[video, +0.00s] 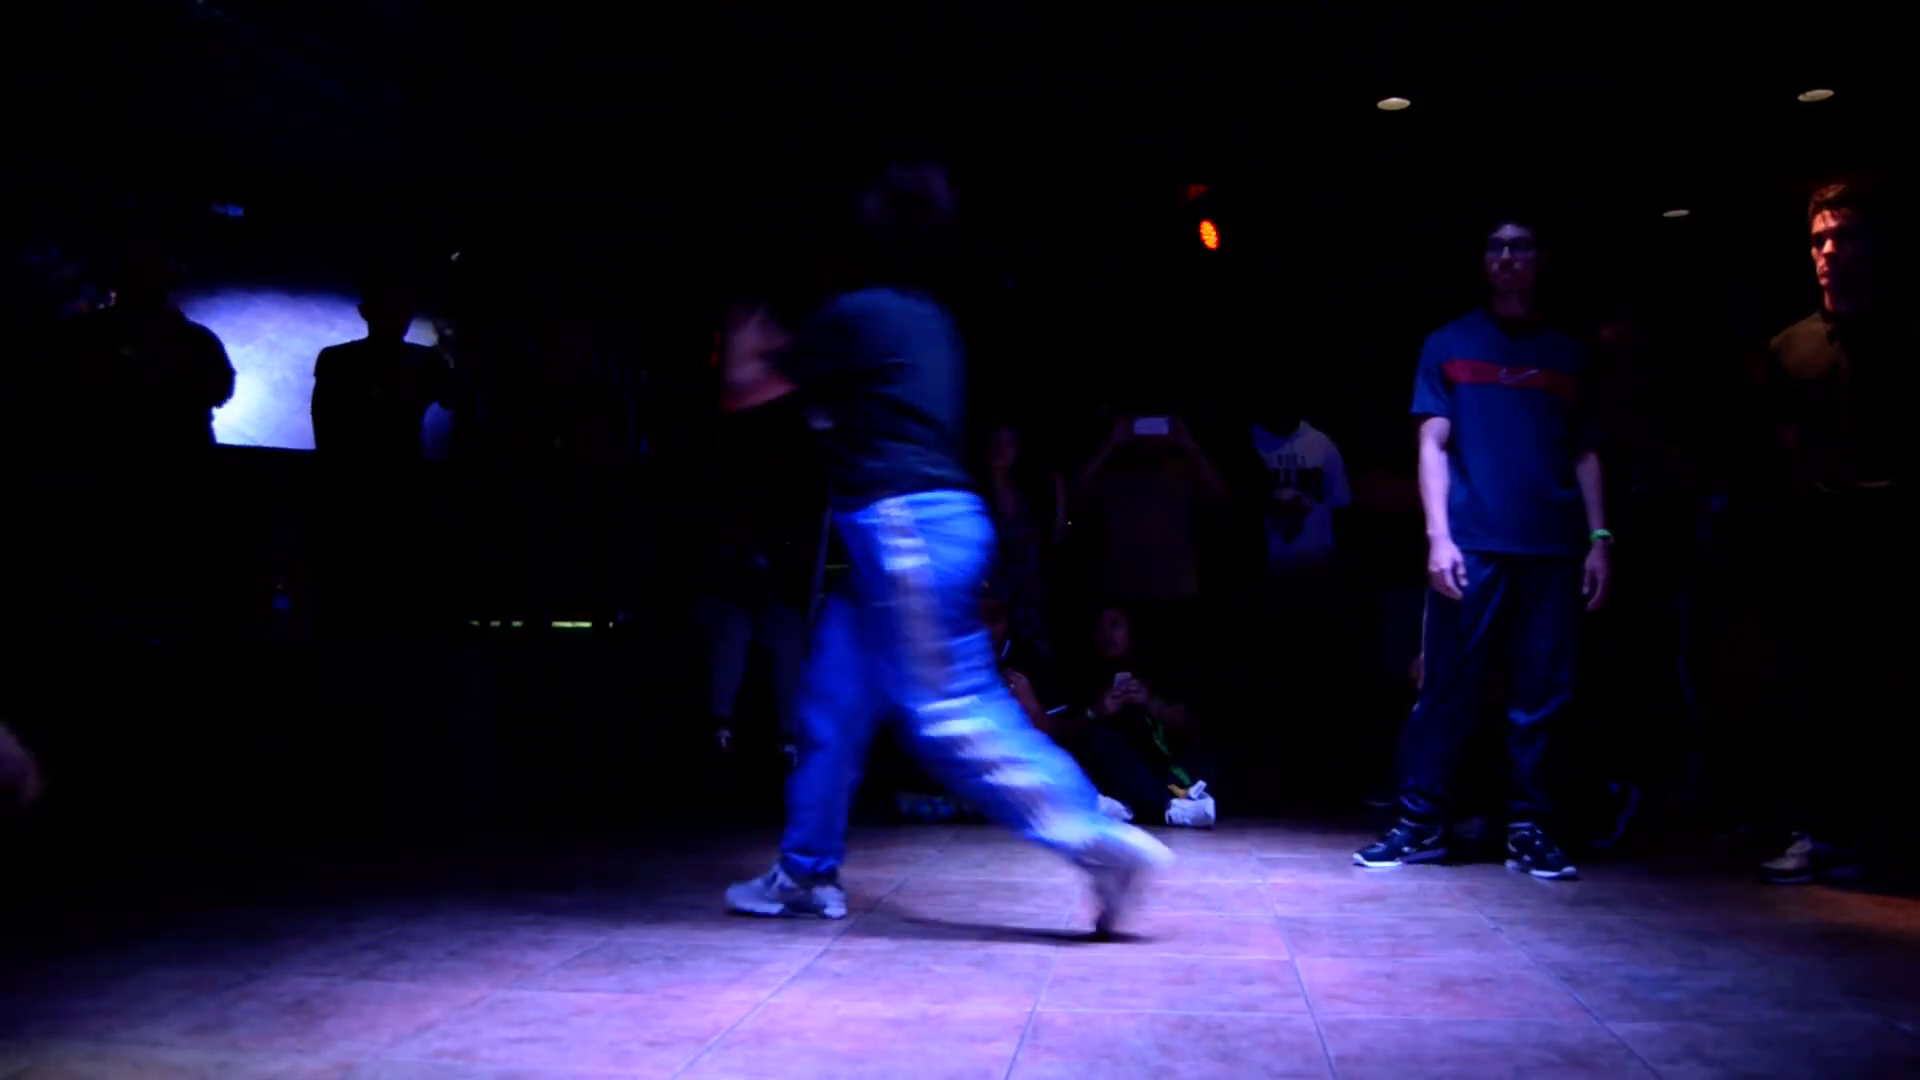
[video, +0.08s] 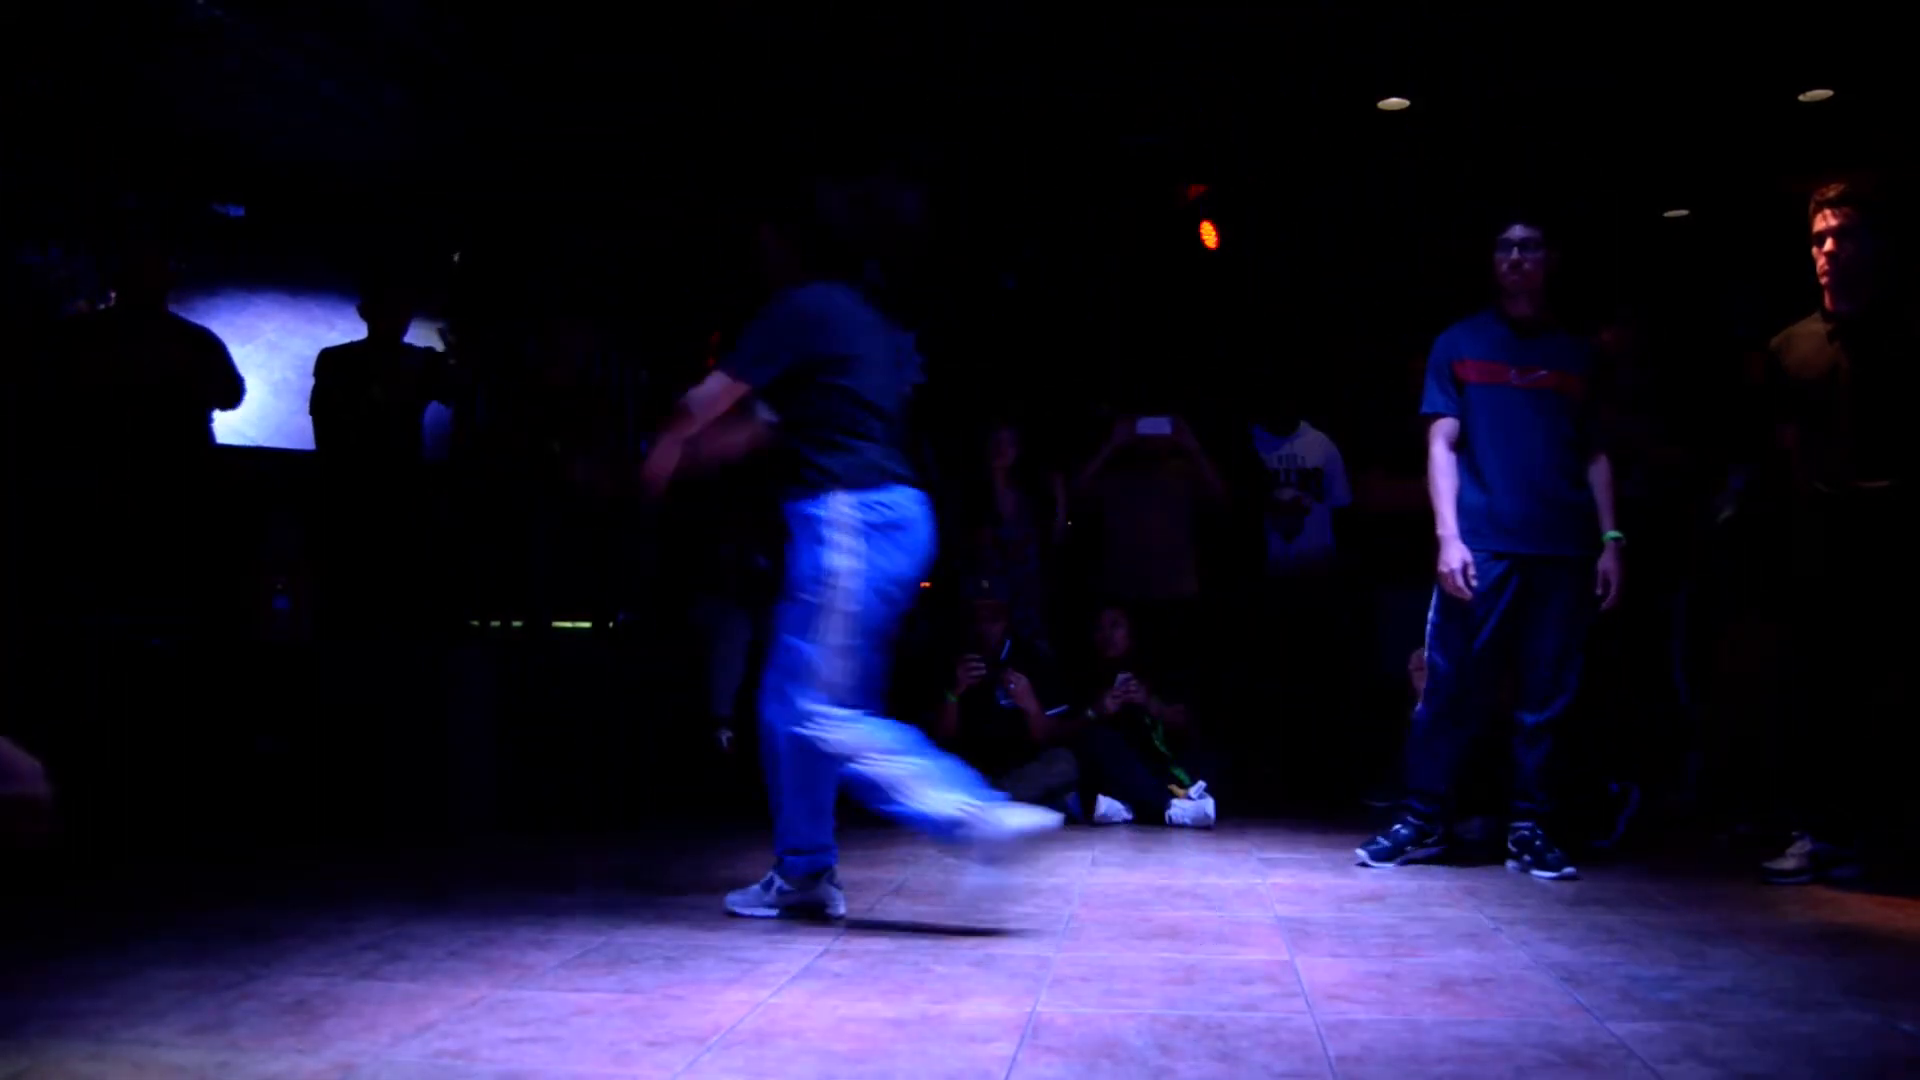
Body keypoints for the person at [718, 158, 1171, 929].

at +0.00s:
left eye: (861, 220)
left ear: (864, 231)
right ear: (929, 235)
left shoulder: (863, 317)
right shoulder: (928, 320)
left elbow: (748, 386)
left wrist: (746, 336)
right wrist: (768, 350)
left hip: (905, 525)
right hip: (938, 516)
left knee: (947, 698)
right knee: (837, 698)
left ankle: (1102, 842)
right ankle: (805, 873)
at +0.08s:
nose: (765, 254)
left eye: (771, 245)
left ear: (790, 247)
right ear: (856, 252)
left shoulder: (801, 311)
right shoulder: (866, 326)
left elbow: (706, 402)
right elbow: (763, 421)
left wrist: (669, 445)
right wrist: (684, 450)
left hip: (848, 518)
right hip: (891, 517)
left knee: (817, 704)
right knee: (793, 700)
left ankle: (984, 815)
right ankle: (804, 873)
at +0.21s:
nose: (690, 246)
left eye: (696, 236)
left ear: (713, 236)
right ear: (759, 241)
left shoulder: (734, 291)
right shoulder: (786, 301)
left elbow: (707, 403)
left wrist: (648, 497)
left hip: (774, 493)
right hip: (825, 493)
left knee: (684, 670)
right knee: (790, 680)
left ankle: (755, 848)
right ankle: (809, 866)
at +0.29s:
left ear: (654, 248)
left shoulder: (688, 298)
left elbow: (714, 398)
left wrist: (655, 489)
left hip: (721, 505)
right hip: (763, 504)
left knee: (613, 664)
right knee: (768, 690)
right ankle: (804, 867)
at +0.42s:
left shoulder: (596, 306)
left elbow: (663, 404)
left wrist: (606, 484)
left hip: (626, 520)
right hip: (668, 517)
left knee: (529, 689)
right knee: (706, 700)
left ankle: (449, 860)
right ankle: (793, 857)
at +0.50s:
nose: (465, 290)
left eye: (473, 276)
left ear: (491, 273)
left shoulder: (536, 311)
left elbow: (589, 410)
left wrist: (498, 468)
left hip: (557, 516)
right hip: (606, 518)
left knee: (481, 682)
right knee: (613, 694)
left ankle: (435, 862)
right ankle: (742, 817)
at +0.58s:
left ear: (465, 277)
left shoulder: (495, 317)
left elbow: (483, 420)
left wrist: (359, 424)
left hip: (496, 507)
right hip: (553, 510)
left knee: (441, 685)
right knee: (516, 698)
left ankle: (430, 868)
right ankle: (643, 797)